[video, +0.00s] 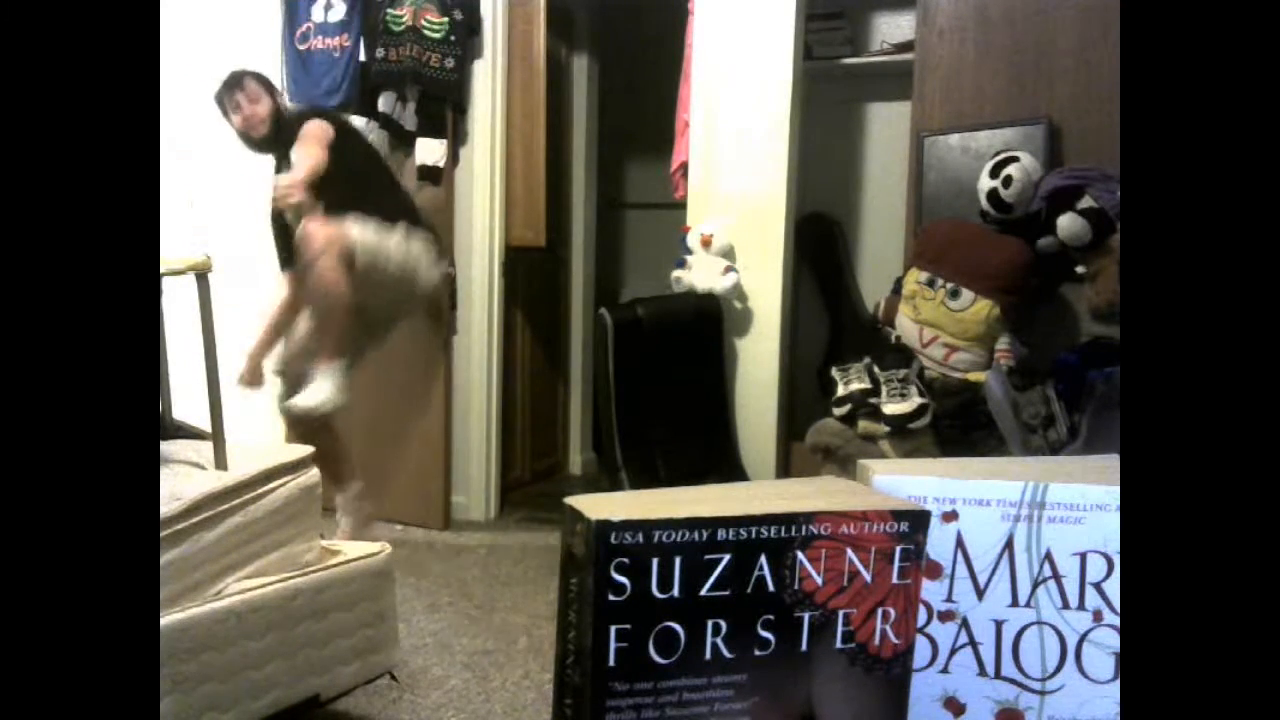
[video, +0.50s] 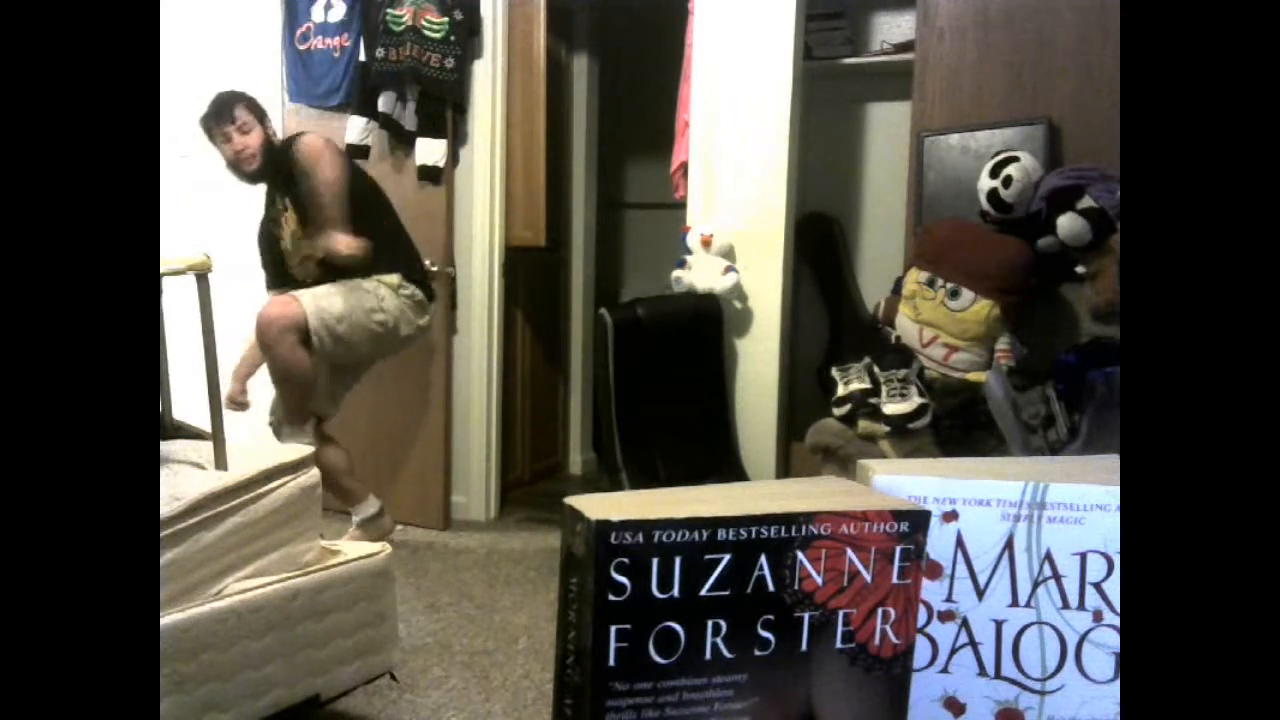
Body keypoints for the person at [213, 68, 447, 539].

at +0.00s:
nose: (245, 114)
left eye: (250, 100)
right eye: (234, 111)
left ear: (272, 96)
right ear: (232, 125)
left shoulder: (312, 123)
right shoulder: (282, 188)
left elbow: (313, 147)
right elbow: (297, 284)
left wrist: (297, 179)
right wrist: (258, 354)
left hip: (412, 260)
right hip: (356, 292)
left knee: (320, 234)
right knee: (296, 387)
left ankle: (329, 369)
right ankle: (350, 500)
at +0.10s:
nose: (256, 134)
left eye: (263, 119)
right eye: (244, 128)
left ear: (285, 117)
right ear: (240, 139)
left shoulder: (317, 144)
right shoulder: (289, 204)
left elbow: (335, 165)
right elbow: (290, 308)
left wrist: (336, 197)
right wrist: (243, 372)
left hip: (398, 295)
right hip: (354, 314)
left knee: (295, 279)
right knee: (304, 426)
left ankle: (288, 407)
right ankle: (367, 514)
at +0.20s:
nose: (256, 140)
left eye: (262, 126)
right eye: (243, 136)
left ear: (282, 125)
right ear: (237, 149)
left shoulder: (311, 150)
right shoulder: (280, 230)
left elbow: (346, 161)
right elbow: (283, 316)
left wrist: (358, 204)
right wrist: (231, 375)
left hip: (396, 297)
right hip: (348, 324)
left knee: (281, 300)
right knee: (300, 431)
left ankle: (281, 432)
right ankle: (368, 517)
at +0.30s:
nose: (241, 146)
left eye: (246, 131)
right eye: (228, 141)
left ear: (267, 129)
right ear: (222, 153)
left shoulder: (302, 151)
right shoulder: (274, 232)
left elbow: (343, 159)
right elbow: (285, 310)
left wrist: (359, 226)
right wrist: (234, 375)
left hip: (396, 296)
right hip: (349, 321)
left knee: (276, 316)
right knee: (300, 418)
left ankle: (289, 422)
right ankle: (365, 511)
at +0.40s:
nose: (237, 146)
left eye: (243, 130)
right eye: (225, 140)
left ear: (266, 127)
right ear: (219, 151)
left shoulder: (305, 150)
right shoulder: (272, 228)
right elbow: (283, 303)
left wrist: (326, 236)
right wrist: (243, 372)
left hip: (397, 293)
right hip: (350, 312)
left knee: (277, 318)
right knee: (305, 421)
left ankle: (295, 421)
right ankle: (369, 512)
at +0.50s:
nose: (237, 146)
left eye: (243, 130)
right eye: (225, 140)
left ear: (266, 127)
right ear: (219, 151)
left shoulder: (305, 150)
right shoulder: (272, 228)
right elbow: (283, 303)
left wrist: (326, 236)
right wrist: (244, 372)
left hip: (397, 293)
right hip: (350, 312)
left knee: (277, 318)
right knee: (305, 421)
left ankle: (295, 421)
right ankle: (369, 512)